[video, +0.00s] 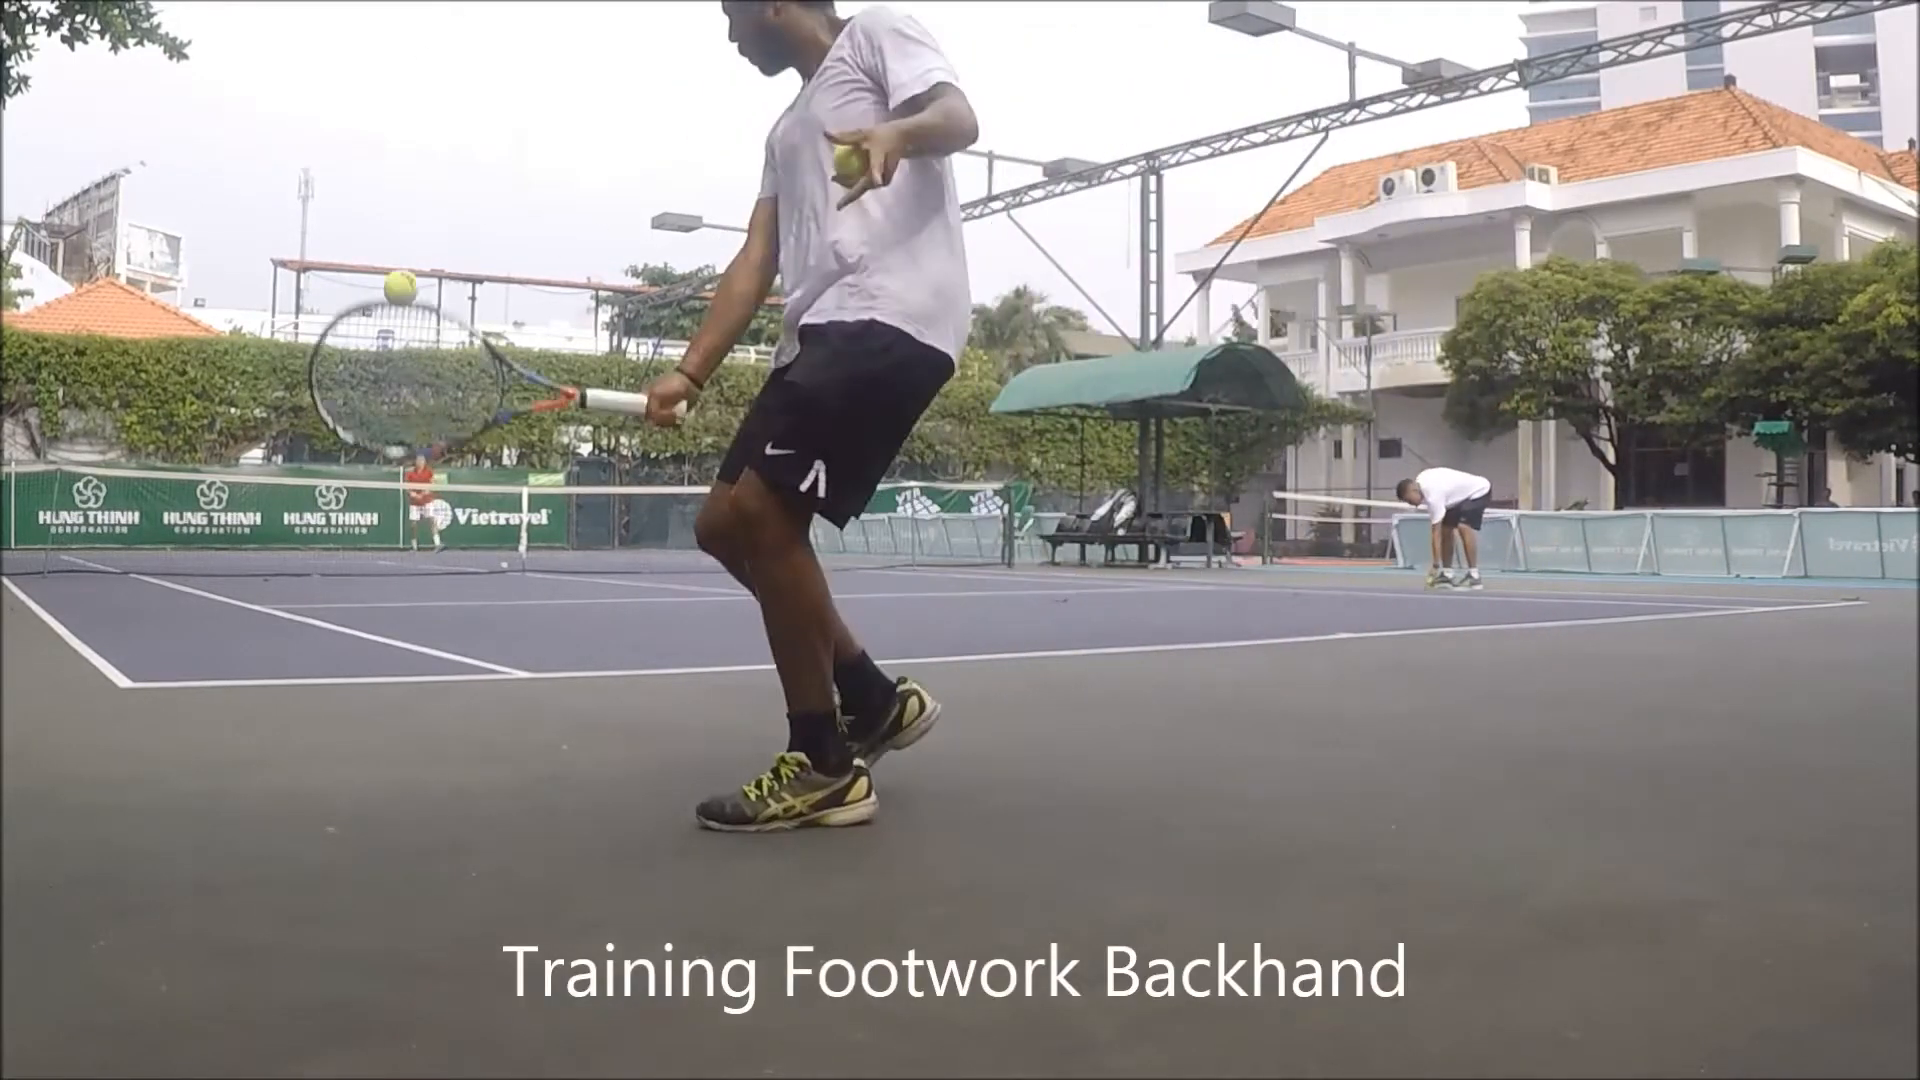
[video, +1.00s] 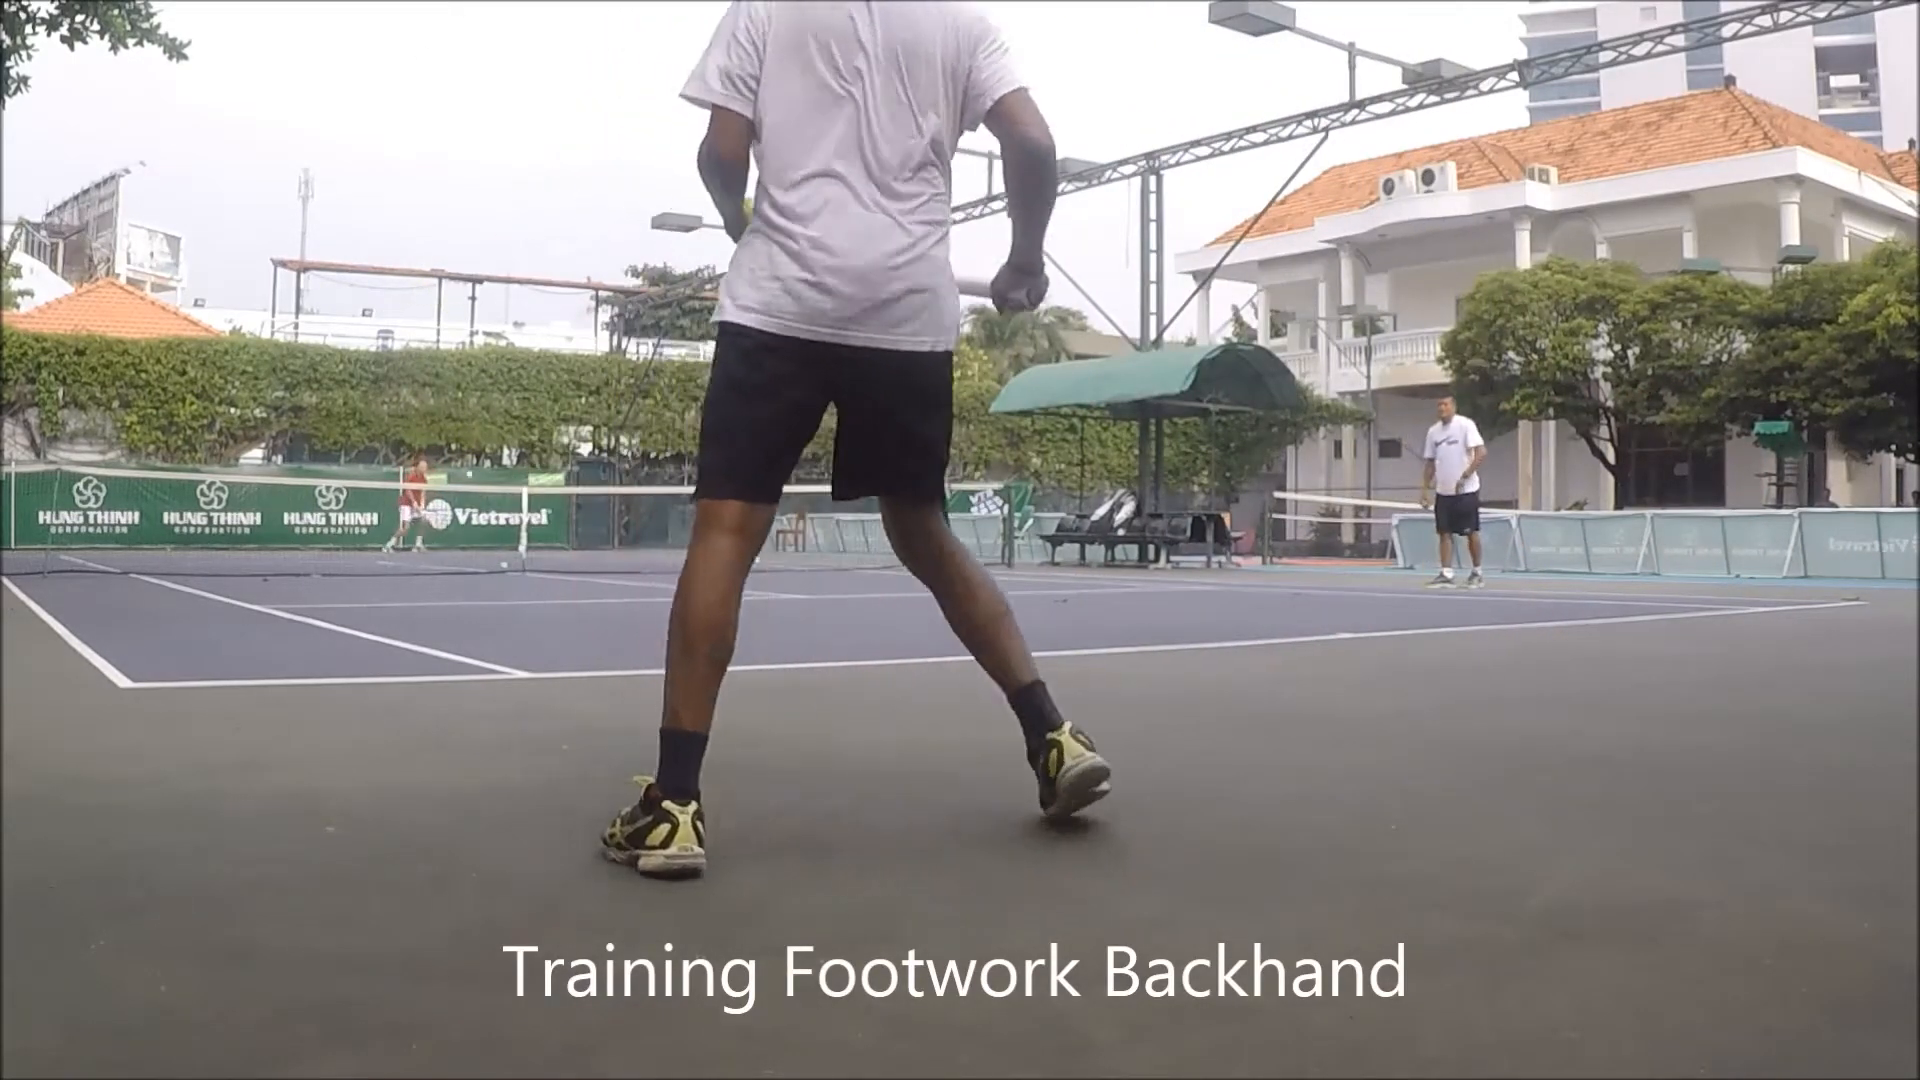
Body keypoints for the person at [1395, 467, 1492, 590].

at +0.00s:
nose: (1411, 504)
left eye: (1410, 500)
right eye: (1408, 502)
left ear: (1414, 489)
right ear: (1413, 487)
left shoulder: (1434, 493)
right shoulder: (1421, 480)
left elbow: (1436, 530)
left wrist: (1436, 565)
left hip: (1478, 490)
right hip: (1458, 494)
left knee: (1464, 527)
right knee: (1445, 529)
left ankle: (1474, 575)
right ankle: (1447, 573)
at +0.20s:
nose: (1404, 469)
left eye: (1405, 464)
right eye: (1401, 467)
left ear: (1413, 458)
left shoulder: (1431, 470)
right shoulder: (1423, 464)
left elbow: (1440, 507)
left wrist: (1431, 537)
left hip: (1472, 489)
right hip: (1454, 492)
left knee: (1463, 527)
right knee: (1442, 530)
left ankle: (1473, 575)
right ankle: (1446, 574)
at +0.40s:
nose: (1411, 433)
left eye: (1413, 429)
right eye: (1407, 431)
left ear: (1421, 427)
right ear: (1406, 435)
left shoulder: (1436, 442)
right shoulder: (1415, 449)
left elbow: (1447, 475)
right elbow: (1426, 474)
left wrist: (1433, 500)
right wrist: (1424, 500)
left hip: (1465, 486)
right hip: (1447, 490)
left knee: (1465, 527)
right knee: (1440, 530)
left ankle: (1472, 573)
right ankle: (1446, 573)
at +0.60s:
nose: (1421, 416)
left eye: (1424, 412)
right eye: (1418, 413)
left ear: (1431, 413)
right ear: (1415, 417)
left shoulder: (1445, 430)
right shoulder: (1417, 438)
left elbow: (1453, 462)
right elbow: (1421, 465)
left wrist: (1431, 486)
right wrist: (1421, 487)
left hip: (1461, 484)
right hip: (1442, 488)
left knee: (1465, 529)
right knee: (1441, 530)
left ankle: (1475, 572)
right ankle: (1446, 572)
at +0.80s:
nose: (1430, 410)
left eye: (1433, 406)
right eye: (1428, 407)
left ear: (1441, 407)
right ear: (1425, 411)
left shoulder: (1455, 426)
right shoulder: (1424, 433)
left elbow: (1463, 456)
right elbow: (1423, 462)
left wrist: (1442, 477)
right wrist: (1422, 484)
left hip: (1462, 487)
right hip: (1441, 490)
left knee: (1466, 529)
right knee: (1442, 531)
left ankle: (1476, 570)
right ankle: (1446, 572)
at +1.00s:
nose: (1442, 408)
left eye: (1445, 404)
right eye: (1439, 405)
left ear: (1453, 406)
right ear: (1437, 408)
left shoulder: (1466, 425)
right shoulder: (1433, 431)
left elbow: (1480, 452)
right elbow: (1429, 463)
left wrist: (1464, 476)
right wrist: (1425, 488)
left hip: (1466, 489)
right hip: (1443, 490)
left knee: (1471, 532)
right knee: (1443, 532)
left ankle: (1476, 571)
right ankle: (1446, 572)